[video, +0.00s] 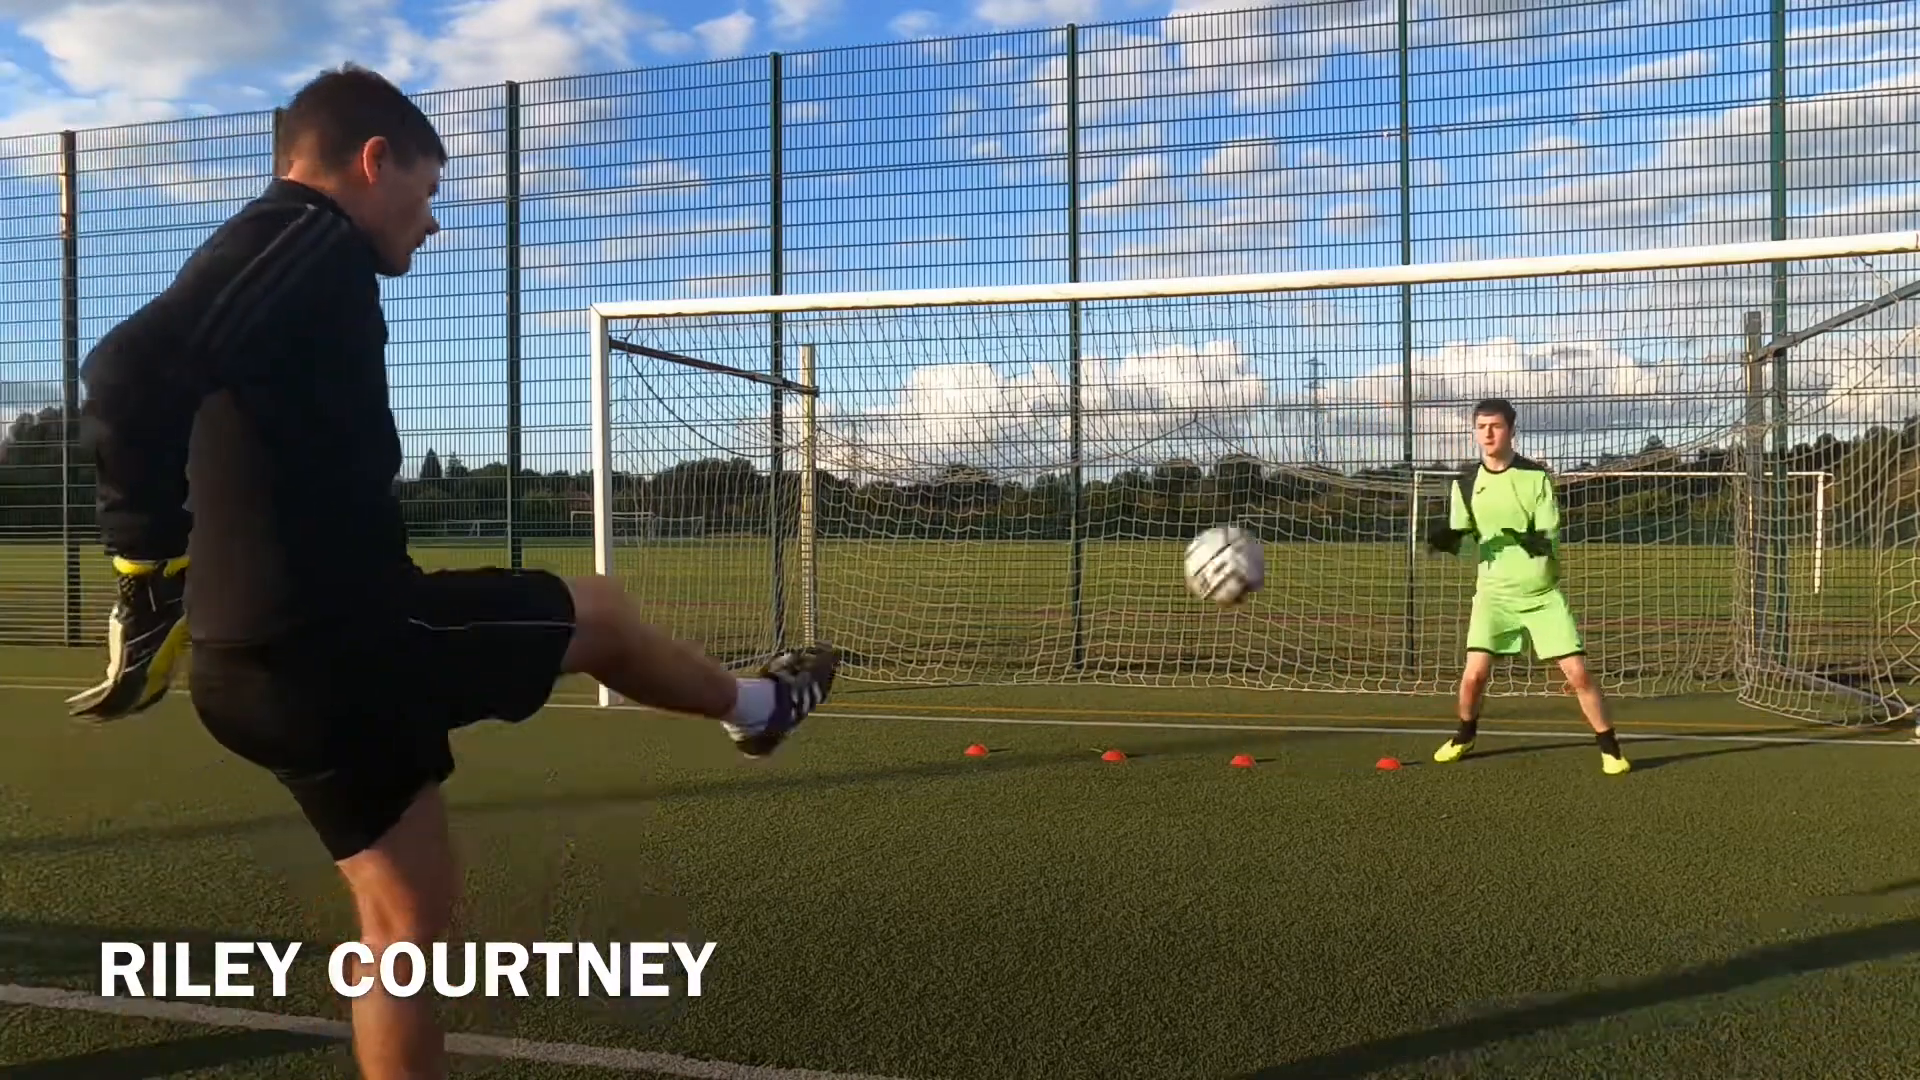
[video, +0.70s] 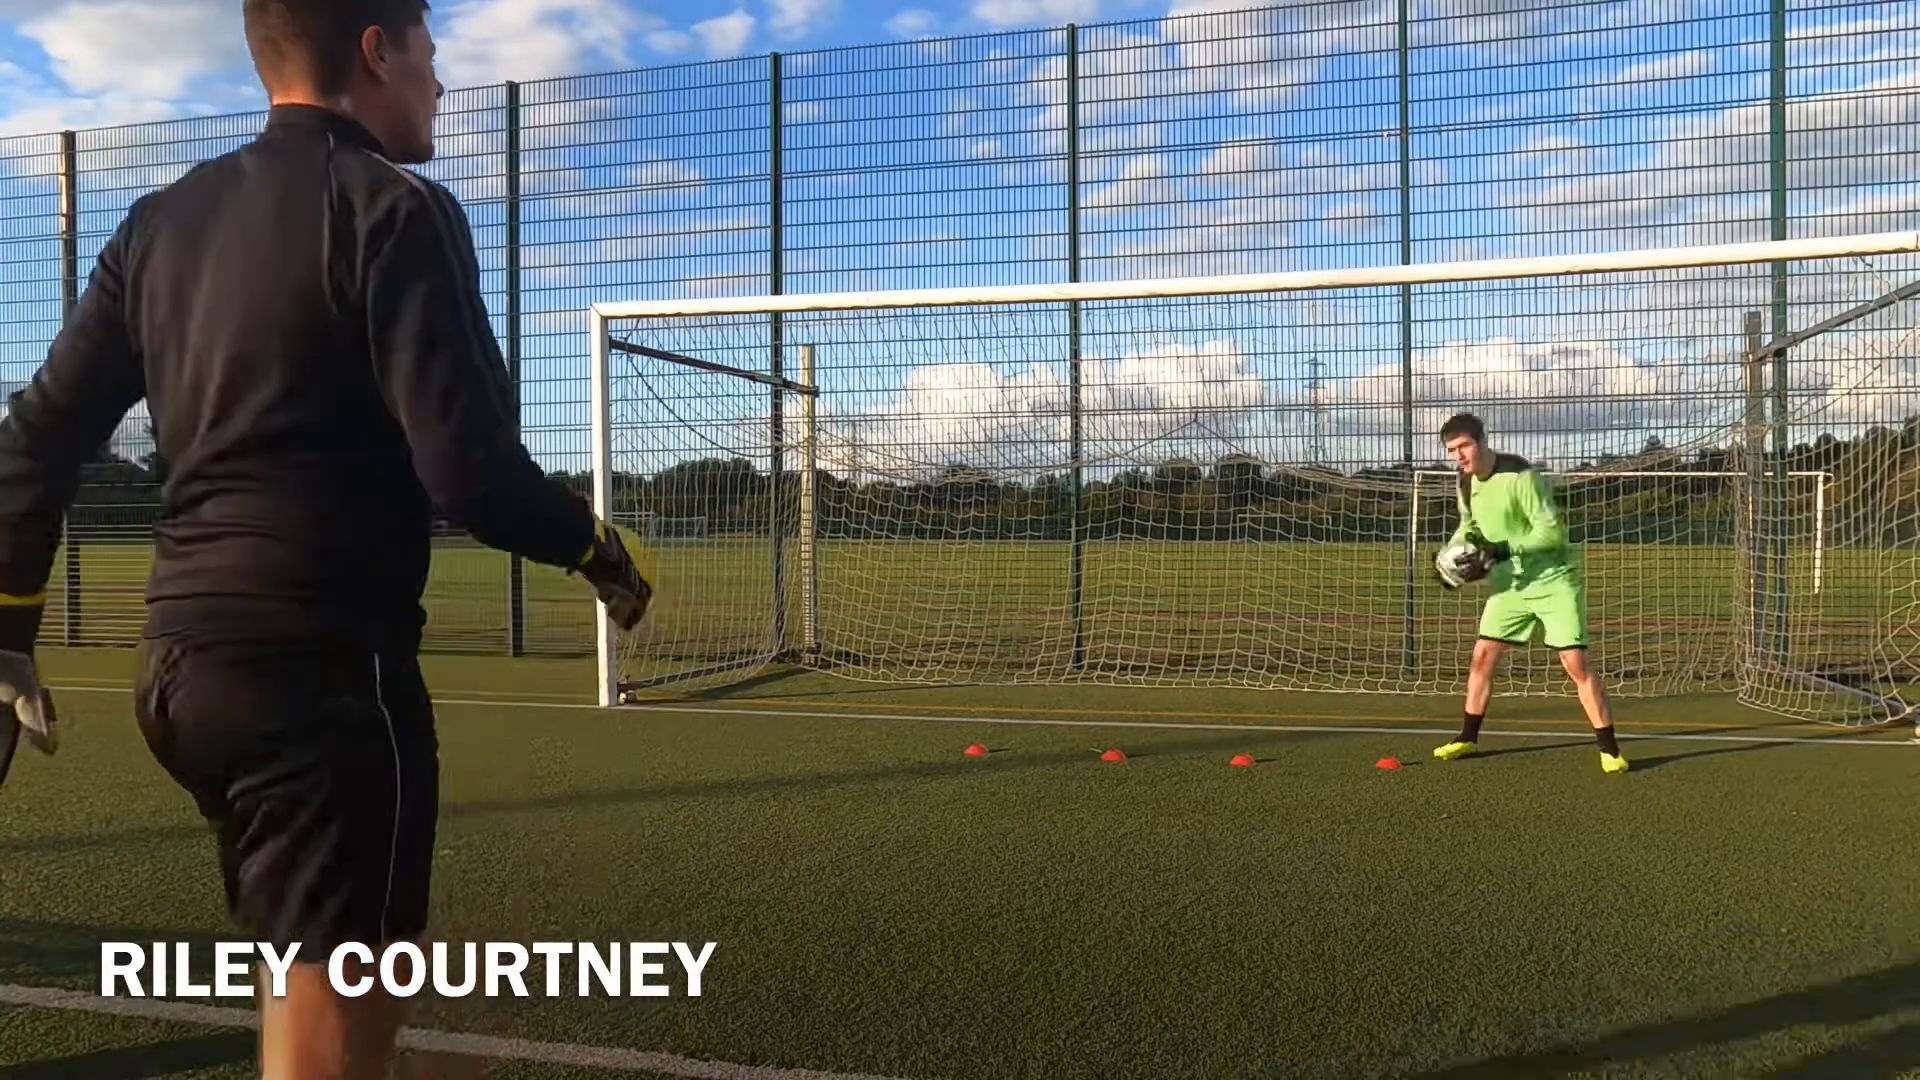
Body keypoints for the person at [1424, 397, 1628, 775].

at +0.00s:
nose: (1489, 434)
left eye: (1496, 426)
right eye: (1482, 427)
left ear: (1511, 431)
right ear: (1475, 433)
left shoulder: (1537, 478)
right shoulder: (1466, 482)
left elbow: (1549, 539)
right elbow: (1460, 539)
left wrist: (1534, 541)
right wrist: (1446, 540)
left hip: (1541, 594)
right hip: (1491, 597)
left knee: (1578, 674)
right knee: (1474, 675)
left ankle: (1609, 747)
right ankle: (1465, 736)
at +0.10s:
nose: (1505, 420)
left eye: (1513, 413)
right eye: (1499, 414)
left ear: (1528, 419)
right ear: (1490, 420)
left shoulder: (1547, 464)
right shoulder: (1477, 467)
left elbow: (1554, 524)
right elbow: (1453, 513)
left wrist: (1540, 496)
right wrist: (1459, 482)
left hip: (1548, 586)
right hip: (1497, 589)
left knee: (1578, 669)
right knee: (1478, 671)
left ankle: (1609, 747)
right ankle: (1465, 739)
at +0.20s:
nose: (1529, 411)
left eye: (1536, 403)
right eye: (1521, 404)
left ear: (1549, 410)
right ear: (1511, 411)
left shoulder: (1553, 459)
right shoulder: (1495, 452)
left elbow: (1565, 489)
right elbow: (1472, 458)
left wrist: (1565, 444)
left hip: (1544, 582)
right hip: (1493, 581)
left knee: (1578, 666)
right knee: (1478, 666)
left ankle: (1609, 748)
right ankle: (1462, 738)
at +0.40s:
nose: (1534, 418)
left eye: (1541, 411)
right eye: (1528, 412)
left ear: (1558, 411)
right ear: (1520, 414)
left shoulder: (1574, 461)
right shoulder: (1507, 454)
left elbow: (1577, 524)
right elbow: (1470, 488)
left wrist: (1563, 481)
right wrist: (1497, 451)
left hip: (1554, 585)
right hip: (1502, 582)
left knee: (1581, 667)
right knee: (1480, 663)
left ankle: (1609, 749)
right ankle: (1468, 739)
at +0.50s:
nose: (1516, 423)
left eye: (1523, 415)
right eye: (1510, 417)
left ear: (1541, 414)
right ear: (1505, 420)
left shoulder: (1564, 461)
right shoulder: (1496, 458)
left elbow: (1572, 528)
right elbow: (1478, 521)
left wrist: (1543, 511)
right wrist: (1483, 504)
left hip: (1557, 583)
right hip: (1508, 581)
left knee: (1580, 666)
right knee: (1481, 657)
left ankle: (1609, 749)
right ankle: (1468, 738)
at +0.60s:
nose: (1486, 441)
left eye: (1493, 433)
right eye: (1481, 434)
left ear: (1511, 429)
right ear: (1477, 436)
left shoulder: (1547, 468)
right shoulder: (1481, 471)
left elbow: (1567, 529)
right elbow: (1478, 521)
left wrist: (1527, 540)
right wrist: (1475, 539)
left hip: (1556, 584)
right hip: (1508, 582)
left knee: (1578, 664)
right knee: (1486, 656)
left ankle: (1609, 748)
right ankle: (1467, 739)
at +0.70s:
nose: (1458, 456)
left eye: (1463, 446)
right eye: (1452, 450)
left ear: (1481, 442)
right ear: (1450, 453)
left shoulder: (1523, 477)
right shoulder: (1467, 485)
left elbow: (1552, 534)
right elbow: (1470, 528)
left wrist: (1504, 549)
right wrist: (1454, 555)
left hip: (1554, 584)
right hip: (1509, 588)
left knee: (1576, 664)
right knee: (1482, 656)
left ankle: (1609, 749)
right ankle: (1468, 739)